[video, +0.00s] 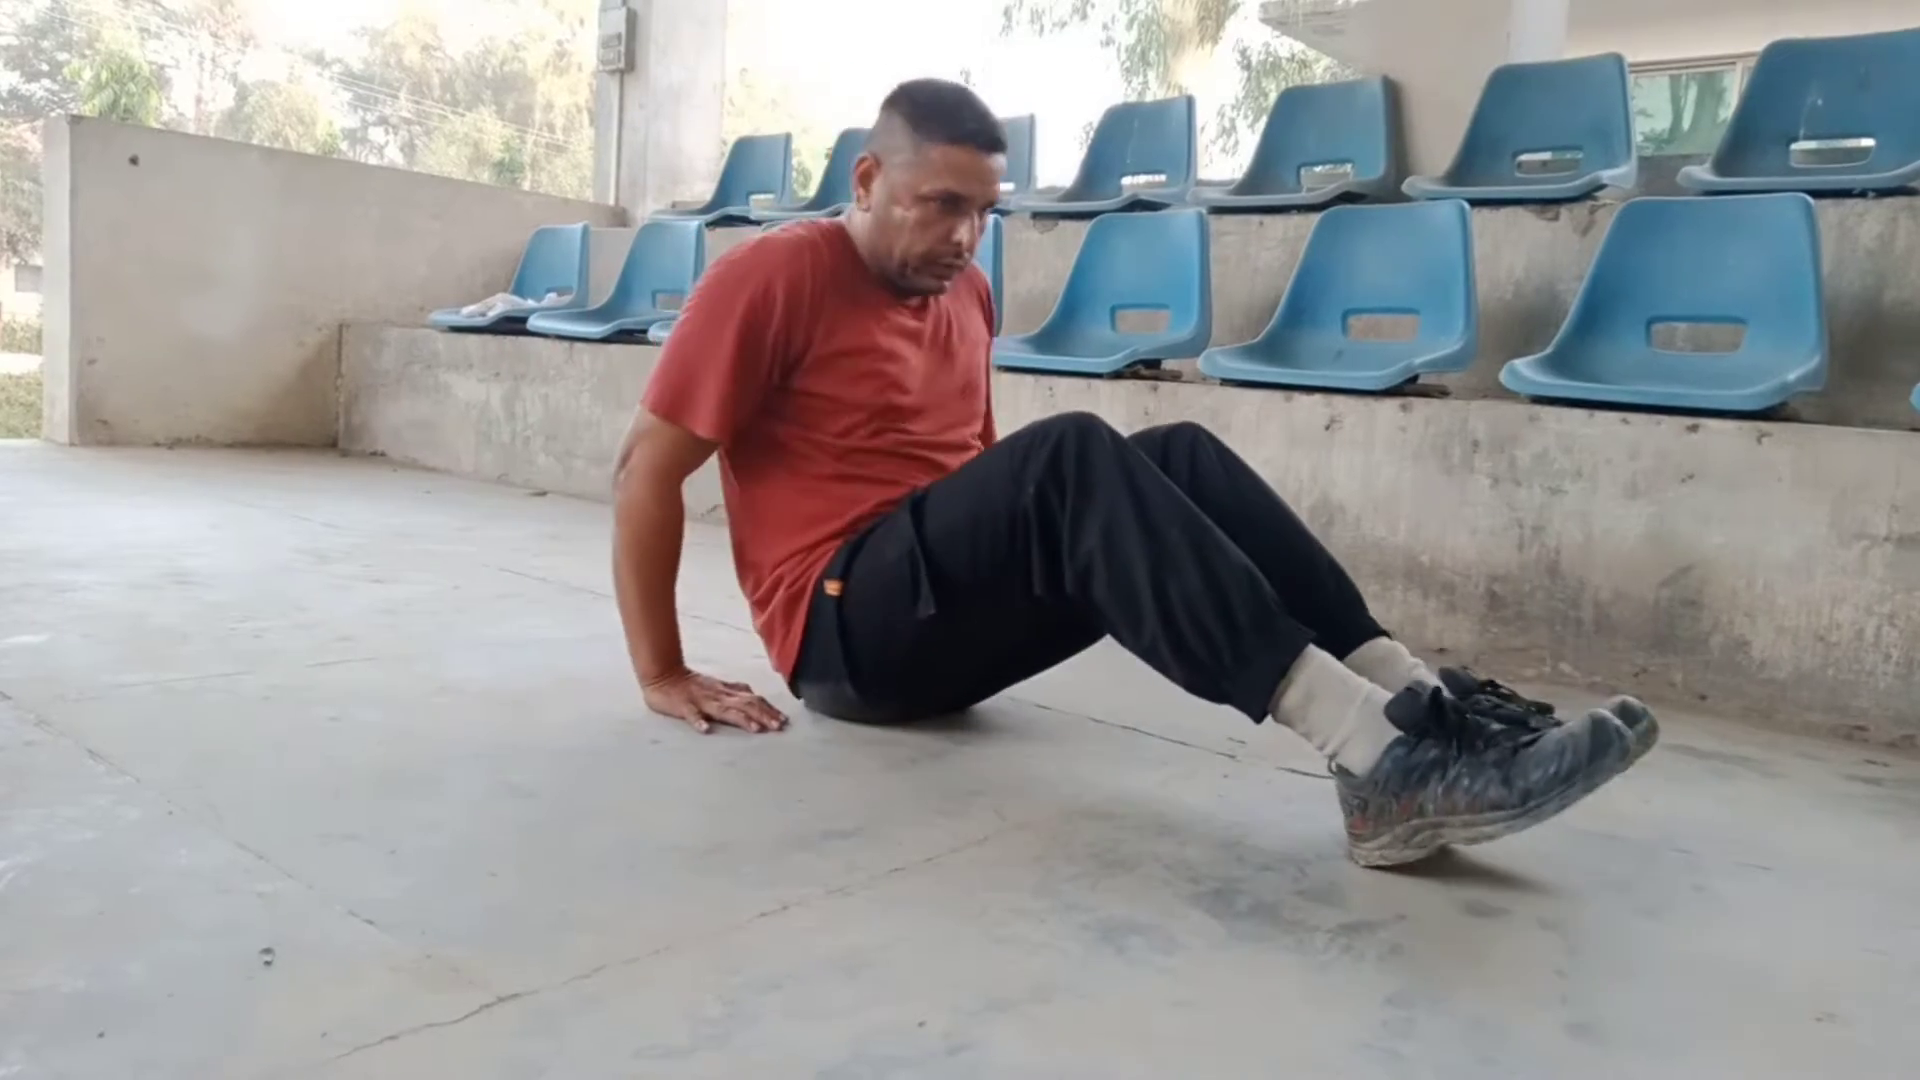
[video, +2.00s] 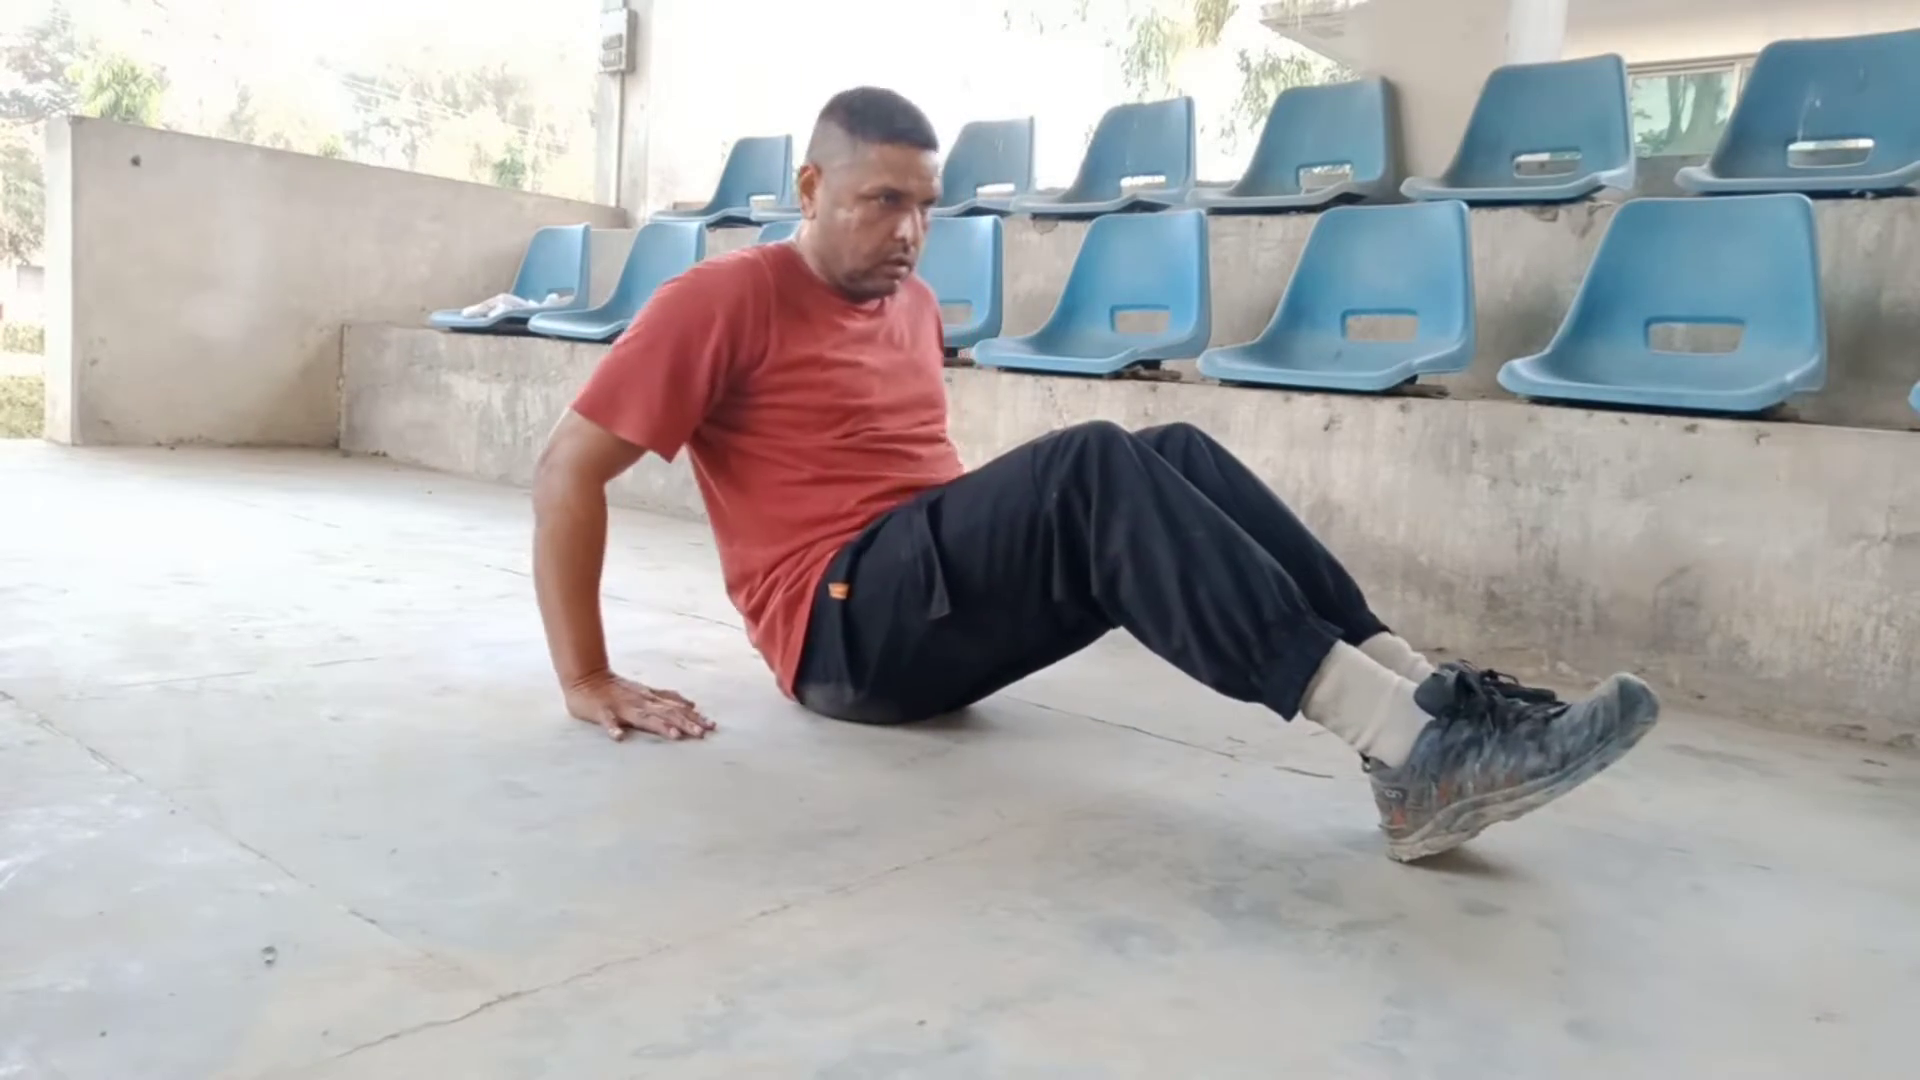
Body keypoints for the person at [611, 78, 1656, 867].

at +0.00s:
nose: (961, 235)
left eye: (978, 211)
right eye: (940, 205)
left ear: (985, 202)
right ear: (867, 183)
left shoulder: (962, 287)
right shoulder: (769, 275)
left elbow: (965, 455)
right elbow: (650, 462)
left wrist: (995, 601)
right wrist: (660, 677)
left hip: (948, 617)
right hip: (844, 627)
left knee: (1179, 454)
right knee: (1068, 451)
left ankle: (1434, 711)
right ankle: (1371, 759)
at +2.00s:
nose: (899, 231)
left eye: (917, 208)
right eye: (875, 204)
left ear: (924, 204)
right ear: (805, 189)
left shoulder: (911, 301)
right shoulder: (719, 300)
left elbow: (899, 460)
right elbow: (568, 468)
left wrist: (944, 618)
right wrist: (584, 679)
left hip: (931, 586)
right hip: (836, 609)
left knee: (1178, 453)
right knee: (1103, 469)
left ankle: (1433, 733)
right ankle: (1409, 740)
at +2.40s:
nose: (881, 241)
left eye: (893, 217)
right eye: (856, 214)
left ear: (900, 211)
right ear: (779, 203)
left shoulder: (894, 300)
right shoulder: (694, 297)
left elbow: (902, 450)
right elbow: (560, 471)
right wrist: (582, 678)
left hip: (915, 625)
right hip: (817, 629)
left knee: (1087, 369)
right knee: (996, 377)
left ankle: (1285, 618)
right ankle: (1246, 655)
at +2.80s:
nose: (836, 248)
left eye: (848, 225)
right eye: (812, 223)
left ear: (849, 220)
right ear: (737, 212)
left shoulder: (854, 309)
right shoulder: (662, 312)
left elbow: (887, 458)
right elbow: (524, 481)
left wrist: (929, 571)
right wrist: (578, 679)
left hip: (903, 611)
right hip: (812, 623)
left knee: (1120, 408)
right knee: (1037, 417)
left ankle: (1361, 646)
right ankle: (1328, 659)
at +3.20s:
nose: (796, 252)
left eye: (808, 229)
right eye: (768, 229)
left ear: (818, 230)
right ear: (698, 228)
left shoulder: (820, 316)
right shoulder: (635, 324)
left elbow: (854, 457)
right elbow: (504, 493)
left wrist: (900, 550)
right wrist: (575, 681)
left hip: (903, 571)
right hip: (800, 613)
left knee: (1172, 490)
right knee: (1037, 509)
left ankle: (1504, 589)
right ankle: (1420, 637)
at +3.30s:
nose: (801, 258)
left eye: (813, 236)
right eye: (776, 234)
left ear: (821, 235)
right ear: (706, 226)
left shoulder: (829, 318)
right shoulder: (639, 323)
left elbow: (863, 465)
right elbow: (506, 494)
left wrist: (905, 577)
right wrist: (576, 682)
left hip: (912, 581)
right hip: (790, 626)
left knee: (1179, 493)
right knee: (950, 493)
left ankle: (1544, 553)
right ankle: (1264, 603)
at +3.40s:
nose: (811, 264)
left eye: (823, 240)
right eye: (787, 237)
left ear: (830, 234)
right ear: (715, 223)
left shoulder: (837, 320)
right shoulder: (644, 323)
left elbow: (872, 472)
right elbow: (507, 494)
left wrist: (943, 548)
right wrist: (575, 682)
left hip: (908, 572)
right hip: (787, 609)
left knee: (1170, 518)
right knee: (885, 526)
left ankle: (1517, 548)